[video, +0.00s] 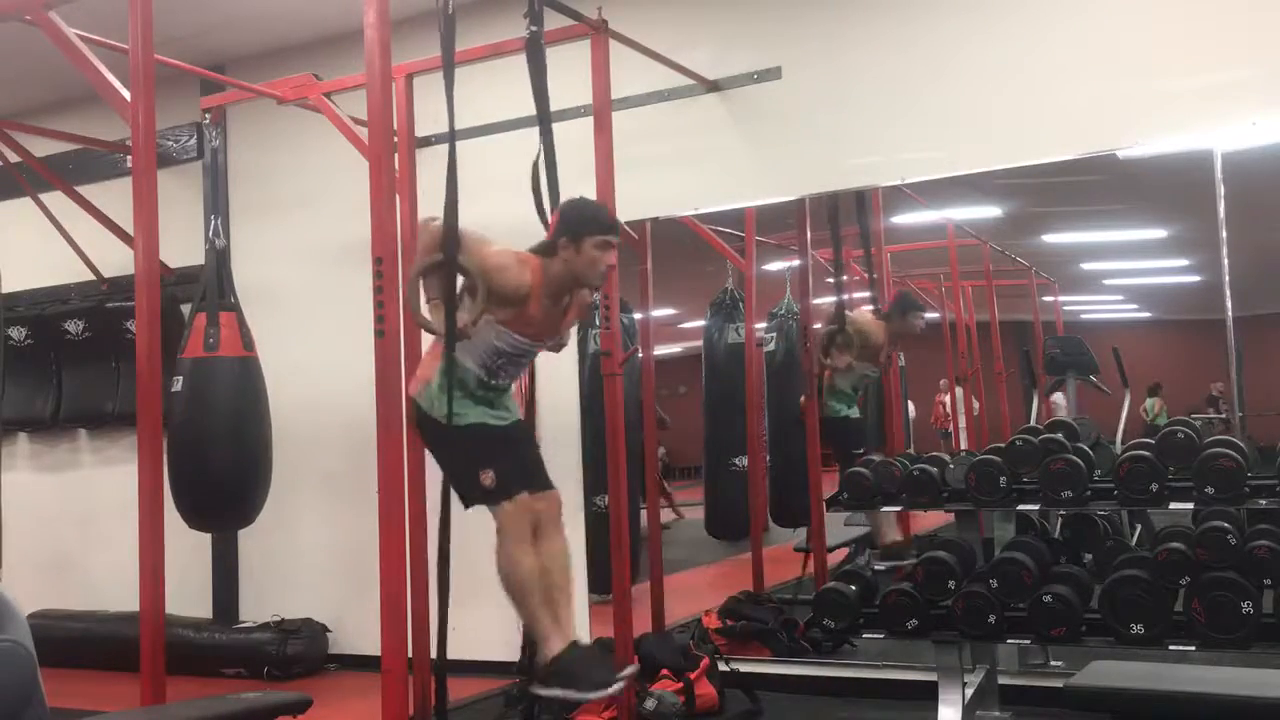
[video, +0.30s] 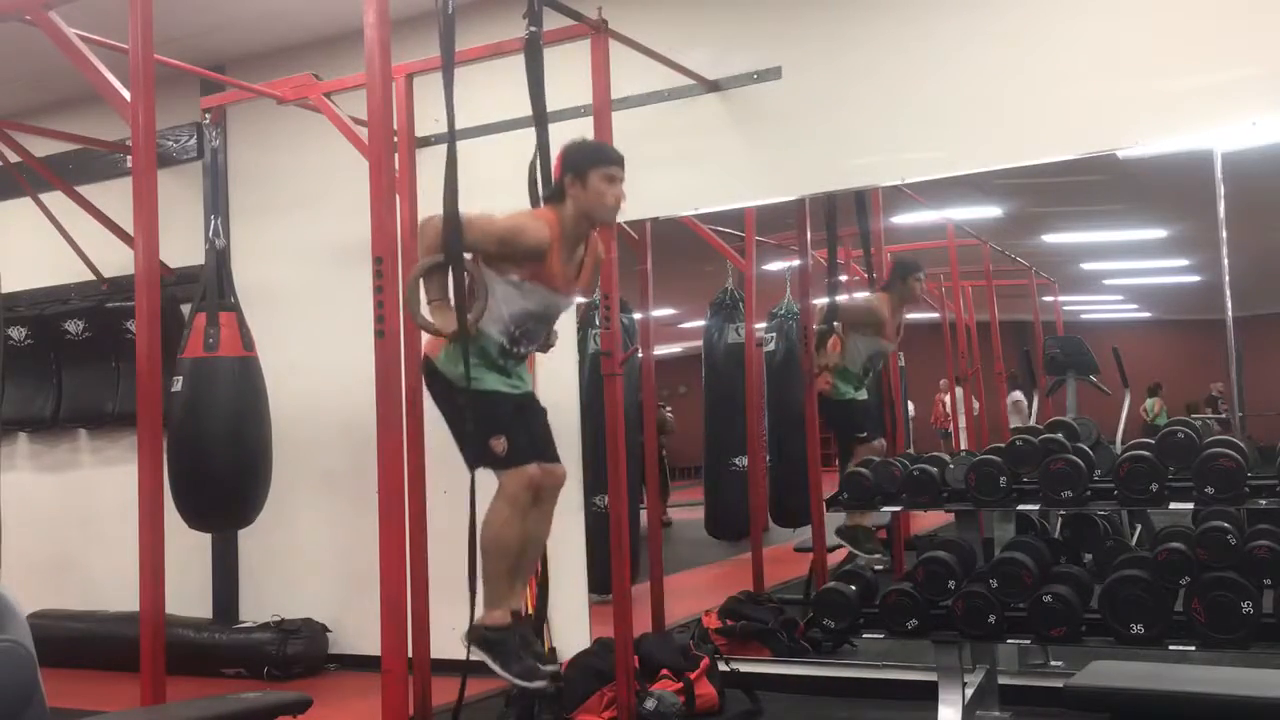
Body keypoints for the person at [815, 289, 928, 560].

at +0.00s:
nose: (922, 325)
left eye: (923, 319)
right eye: (919, 318)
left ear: (903, 315)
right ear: (902, 315)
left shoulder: (881, 335)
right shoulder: (870, 330)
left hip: (850, 408)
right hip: (837, 409)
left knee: (866, 471)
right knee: (868, 471)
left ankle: (885, 536)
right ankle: (886, 537)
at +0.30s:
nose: (922, 288)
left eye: (922, 282)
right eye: (918, 281)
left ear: (909, 283)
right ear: (900, 281)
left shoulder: (896, 314)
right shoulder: (876, 309)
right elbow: (827, 310)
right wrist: (820, 355)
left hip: (859, 387)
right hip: (842, 386)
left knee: (865, 452)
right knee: (872, 446)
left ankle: (861, 525)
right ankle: (855, 522)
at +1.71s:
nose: (901, 246)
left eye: (901, 240)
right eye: (897, 239)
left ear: (887, 241)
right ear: (882, 241)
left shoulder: (878, 272)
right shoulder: (860, 270)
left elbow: (865, 317)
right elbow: (832, 312)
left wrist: (874, 347)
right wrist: (836, 355)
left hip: (856, 363)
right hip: (839, 363)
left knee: (849, 430)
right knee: (841, 431)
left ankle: (846, 491)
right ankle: (844, 491)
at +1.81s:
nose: (907, 262)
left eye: (907, 255)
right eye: (904, 254)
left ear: (890, 255)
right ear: (890, 254)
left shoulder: (878, 287)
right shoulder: (861, 282)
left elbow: (861, 329)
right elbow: (824, 316)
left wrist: (869, 357)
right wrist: (826, 360)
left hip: (857, 375)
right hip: (842, 377)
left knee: (847, 449)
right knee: (843, 449)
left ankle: (846, 519)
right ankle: (843, 521)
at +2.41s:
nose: (909, 312)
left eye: (910, 307)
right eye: (904, 306)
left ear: (901, 309)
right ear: (887, 307)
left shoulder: (890, 337)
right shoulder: (863, 327)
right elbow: (822, 344)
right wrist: (838, 362)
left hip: (863, 418)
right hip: (841, 421)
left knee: (881, 483)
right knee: (866, 486)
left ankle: (892, 550)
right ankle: (878, 553)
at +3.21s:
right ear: (827, 411)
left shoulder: (844, 439)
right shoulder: (817, 443)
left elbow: (869, 411)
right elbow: (846, 410)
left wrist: (866, 375)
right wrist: (842, 366)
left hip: (862, 523)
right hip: (846, 533)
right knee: (919, 536)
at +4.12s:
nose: (836, 396)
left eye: (836, 391)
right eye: (830, 390)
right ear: (815, 396)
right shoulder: (808, 426)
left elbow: (883, 406)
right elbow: (847, 408)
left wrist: (869, 368)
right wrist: (845, 366)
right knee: (927, 520)